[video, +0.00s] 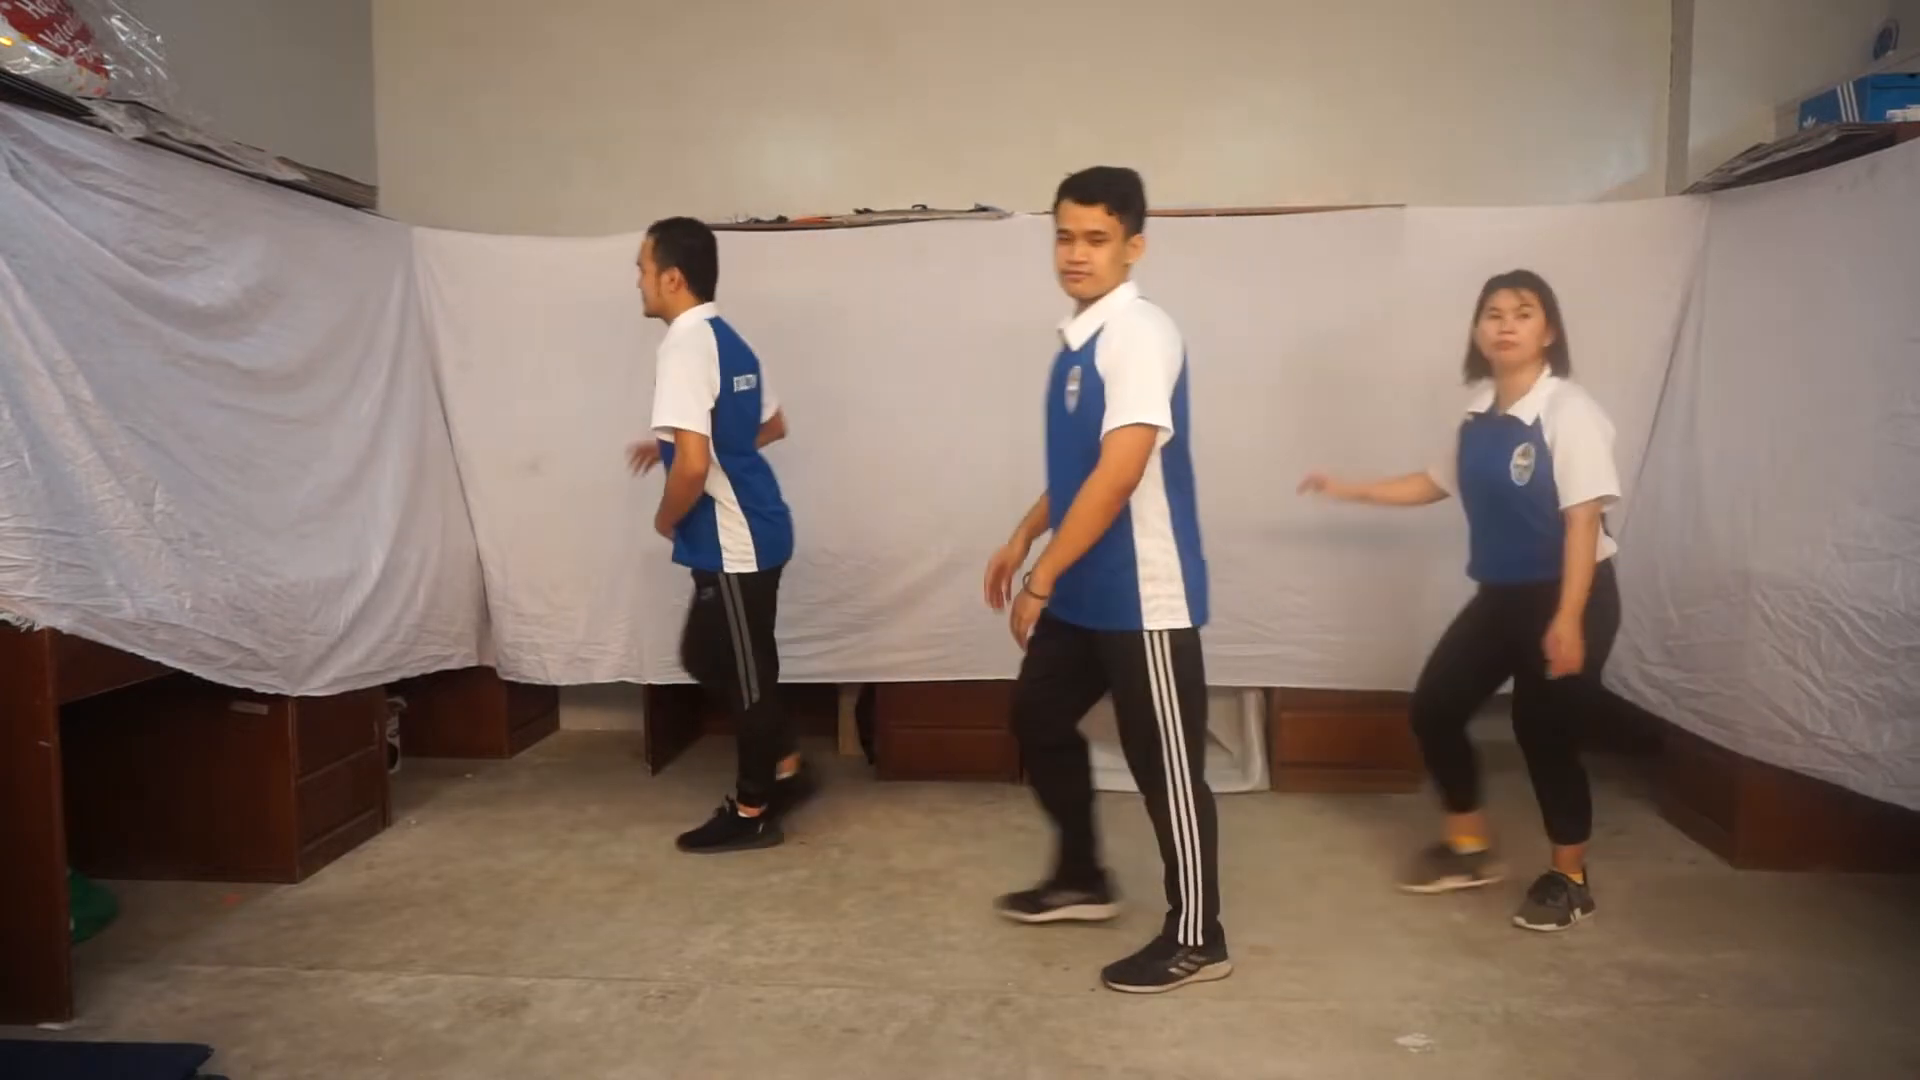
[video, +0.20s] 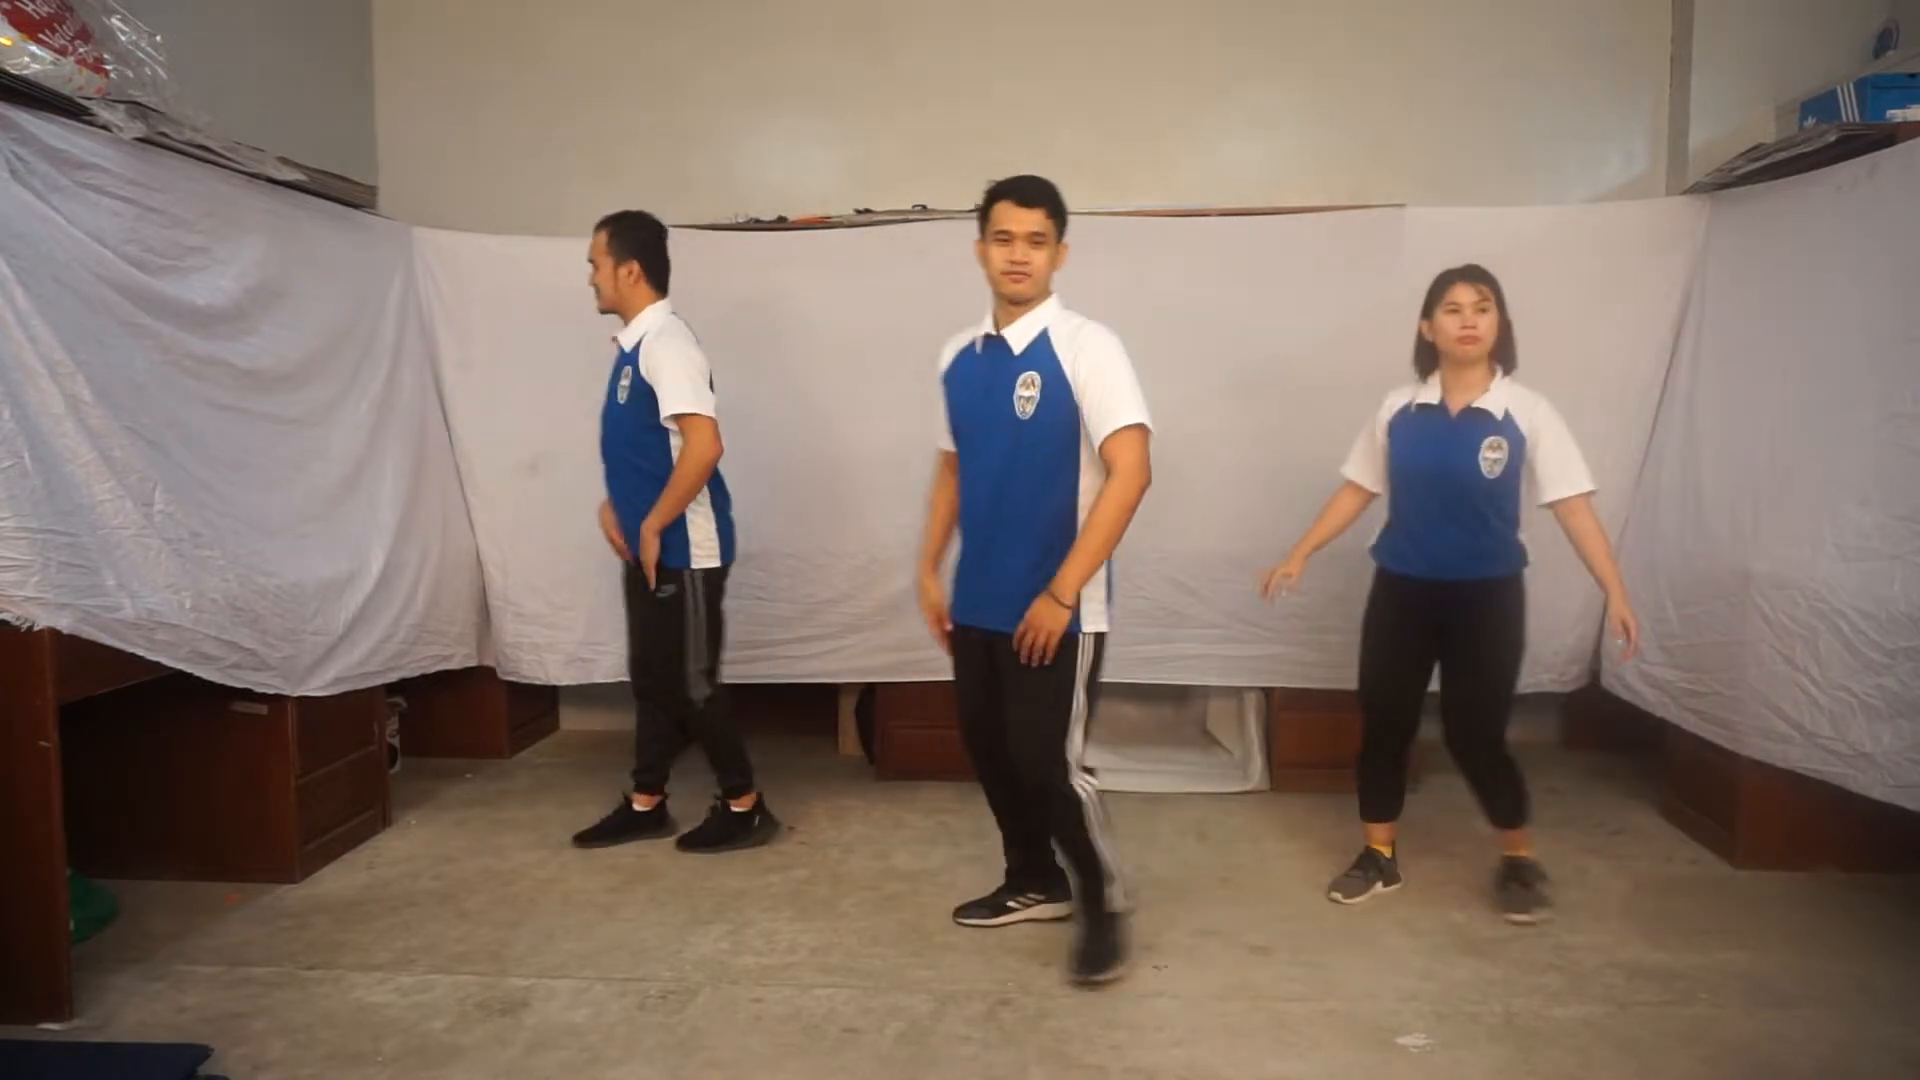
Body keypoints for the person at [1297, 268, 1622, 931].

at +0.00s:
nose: (1505, 324)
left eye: (1523, 314)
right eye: (1493, 315)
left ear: (1549, 333)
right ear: (1478, 334)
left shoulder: (1572, 412)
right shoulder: (1477, 415)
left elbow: (1584, 525)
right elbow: (1434, 484)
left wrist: (1569, 618)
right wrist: (1348, 490)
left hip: (1569, 595)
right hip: (1500, 597)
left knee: (1542, 725)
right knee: (1434, 708)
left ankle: (1570, 875)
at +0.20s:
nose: (1467, 319)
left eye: (1480, 308)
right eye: (1452, 310)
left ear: (1500, 325)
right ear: (1429, 329)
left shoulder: (1526, 411)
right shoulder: (1399, 406)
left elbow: (1574, 507)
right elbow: (1358, 489)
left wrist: (1616, 594)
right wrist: (1300, 552)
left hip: (1487, 598)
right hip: (1401, 593)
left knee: (1474, 734)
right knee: (1384, 724)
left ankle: (1519, 859)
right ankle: (1378, 856)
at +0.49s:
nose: (1415, 325)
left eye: (1422, 315)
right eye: (1398, 315)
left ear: (1430, 329)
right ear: (1362, 330)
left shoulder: (1447, 414)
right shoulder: (1328, 406)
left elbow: (1482, 499)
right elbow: (1242, 479)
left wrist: (1564, 524)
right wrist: (1226, 527)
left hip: (1414, 600)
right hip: (1331, 597)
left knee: (1428, 730)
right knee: (1320, 732)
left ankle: (1428, 861)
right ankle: (1252, 854)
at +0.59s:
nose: (1397, 334)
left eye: (1399, 323)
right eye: (1384, 323)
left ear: (1395, 334)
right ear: (1343, 334)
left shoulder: (1402, 416)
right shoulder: (1308, 411)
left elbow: (1457, 476)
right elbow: (1249, 495)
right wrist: (1249, 558)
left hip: (1367, 604)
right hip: (1293, 602)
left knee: (1402, 729)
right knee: (1293, 737)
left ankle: (1426, 861)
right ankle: (1233, 865)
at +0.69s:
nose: (1373, 335)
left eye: (1372, 322)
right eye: (1365, 322)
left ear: (1335, 334)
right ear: (1328, 329)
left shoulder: (1351, 406)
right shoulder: (1286, 402)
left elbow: (1411, 418)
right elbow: (1279, 509)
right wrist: (1332, 582)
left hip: (1318, 590)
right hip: (1259, 590)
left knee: (1357, 719)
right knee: (1269, 734)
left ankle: (1383, 853)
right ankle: (1230, 868)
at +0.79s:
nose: (1343, 330)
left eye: (1343, 319)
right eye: (1337, 320)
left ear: (1281, 321)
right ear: (1311, 325)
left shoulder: (1287, 381)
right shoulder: (1281, 399)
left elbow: (1323, 358)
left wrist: (1363, 314)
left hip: (1273, 580)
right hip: (1235, 585)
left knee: (1313, 701)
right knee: (1254, 722)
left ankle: (1265, 834)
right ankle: (1227, 866)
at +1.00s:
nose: (1298, 326)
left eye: (1288, 312)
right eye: (1293, 315)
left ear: (1225, 323)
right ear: (1284, 325)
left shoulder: (1192, 374)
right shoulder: (1275, 403)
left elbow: (1193, 301)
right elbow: (1305, 517)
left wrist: (1203, 233)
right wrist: (1276, 534)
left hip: (1173, 575)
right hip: (1226, 588)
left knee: (1173, 698)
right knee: (1258, 721)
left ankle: (1079, 809)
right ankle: (1229, 865)